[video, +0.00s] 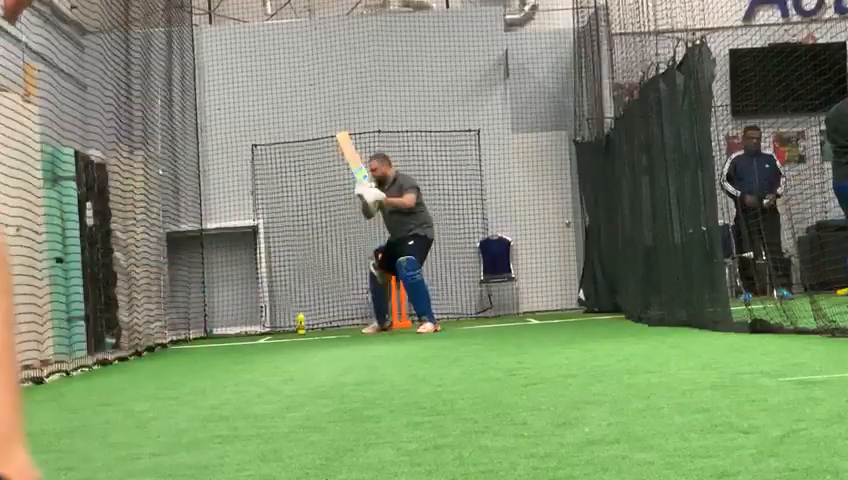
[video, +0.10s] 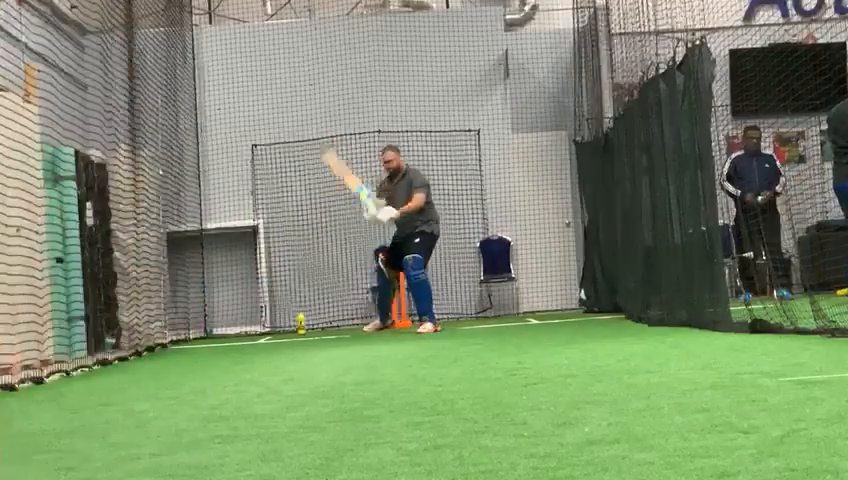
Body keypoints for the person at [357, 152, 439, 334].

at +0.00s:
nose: (373, 174)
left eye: (375, 170)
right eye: (371, 171)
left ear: (387, 166)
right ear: (371, 171)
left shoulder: (405, 181)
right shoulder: (378, 187)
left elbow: (409, 202)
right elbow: (368, 214)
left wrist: (382, 199)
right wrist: (364, 197)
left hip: (419, 234)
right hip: (398, 239)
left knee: (406, 265)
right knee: (376, 267)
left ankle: (428, 321)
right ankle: (382, 321)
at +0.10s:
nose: (387, 165)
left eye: (390, 161)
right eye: (385, 162)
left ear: (400, 158)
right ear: (382, 163)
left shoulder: (415, 176)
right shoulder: (385, 184)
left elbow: (419, 202)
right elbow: (379, 205)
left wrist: (397, 212)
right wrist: (373, 211)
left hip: (424, 229)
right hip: (403, 233)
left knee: (412, 265)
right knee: (385, 267)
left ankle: (428, 321)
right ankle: (384, 318)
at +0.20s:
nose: (401, 159)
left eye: (404, 155)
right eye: (397, 157)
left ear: (412, 151)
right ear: (393, 157)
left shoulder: (425, 171)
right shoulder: (393, 177)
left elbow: (431, 199)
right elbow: (389, 201)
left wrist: (416, 217)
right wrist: (387, 221)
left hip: (428, 226)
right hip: (406, 227)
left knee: (419, 263)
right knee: (388, 265)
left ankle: (428, 320)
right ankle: (403, 316)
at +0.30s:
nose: (416, 156)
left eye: (418, 152)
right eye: (411, 153)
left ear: (424, 149)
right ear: (405, 153)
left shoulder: (434, 169)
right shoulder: (399, 173)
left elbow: (438, 197)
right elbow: (396, 203)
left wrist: (431, 218)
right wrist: (390, 228)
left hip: (433, 227)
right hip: (410, 227)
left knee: (426, 269)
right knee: (400, 271)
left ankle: (430, 318)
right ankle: (426, 308)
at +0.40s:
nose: (427, 156)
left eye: (429, 152)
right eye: (422, 154)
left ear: (433, 149)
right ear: (413, 152)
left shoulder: (442, 169)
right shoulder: (404, 172)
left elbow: (452, 199)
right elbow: (399, 203)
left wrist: (457, 225)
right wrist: (393, 229)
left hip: (438, 226)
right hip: (416, 228)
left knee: (429, 270)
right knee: (407, 271)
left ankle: (429, 319)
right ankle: (444, 304)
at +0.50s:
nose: (434, 162)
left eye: (437, 157)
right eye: (430, 158)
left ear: (440, 153)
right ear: (420, 154)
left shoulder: (448, 171)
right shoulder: (410, 173)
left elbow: (469, 195)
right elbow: (402, 201)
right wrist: (394, 229)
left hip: (444, 228)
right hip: (422, 230)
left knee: (434, 272)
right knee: (422, 274)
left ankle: (430, 320)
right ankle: (460, 313)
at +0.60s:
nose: (433, 165)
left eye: (437, 161)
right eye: (430, 162)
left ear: (443, 156)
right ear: (423, 158)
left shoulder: (455, 170)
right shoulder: (416, 174)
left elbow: (480, 189)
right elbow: (407, 201)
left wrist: (502, 204)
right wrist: (396, 228)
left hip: (452, 228)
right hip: (431, 231)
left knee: (441, 269)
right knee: (436, 272)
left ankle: (433, 318)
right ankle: (464, 316)